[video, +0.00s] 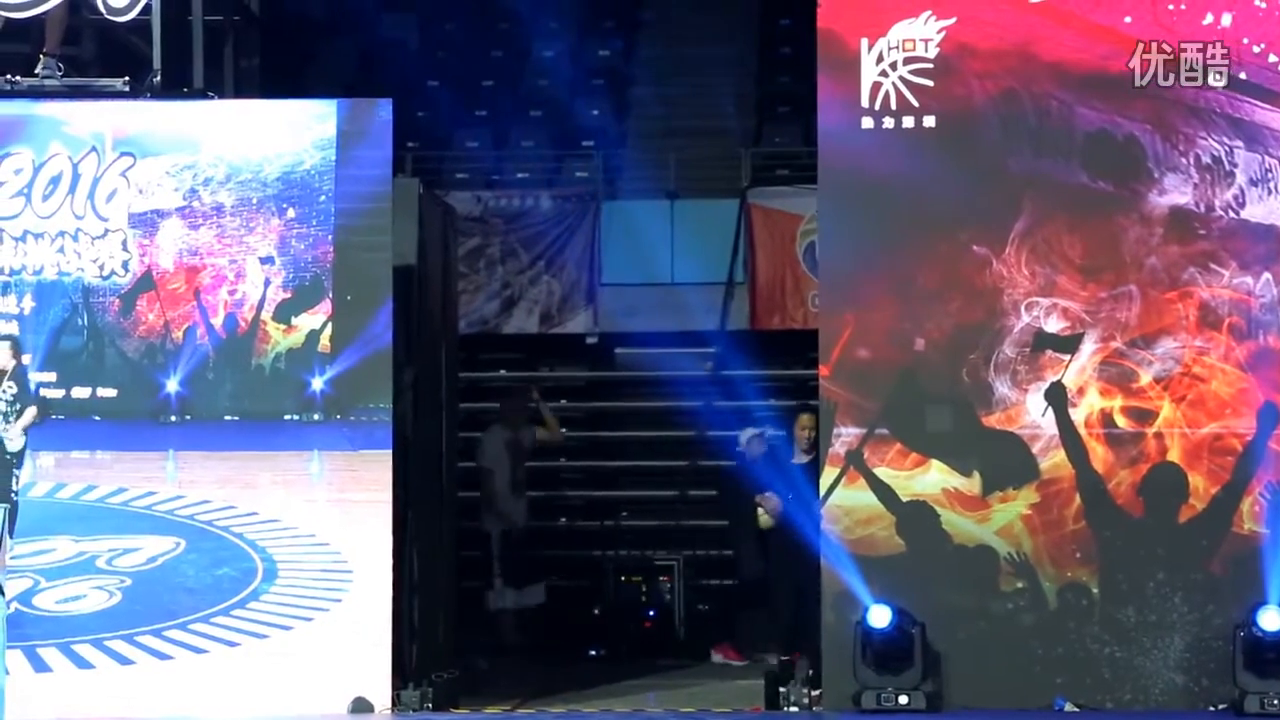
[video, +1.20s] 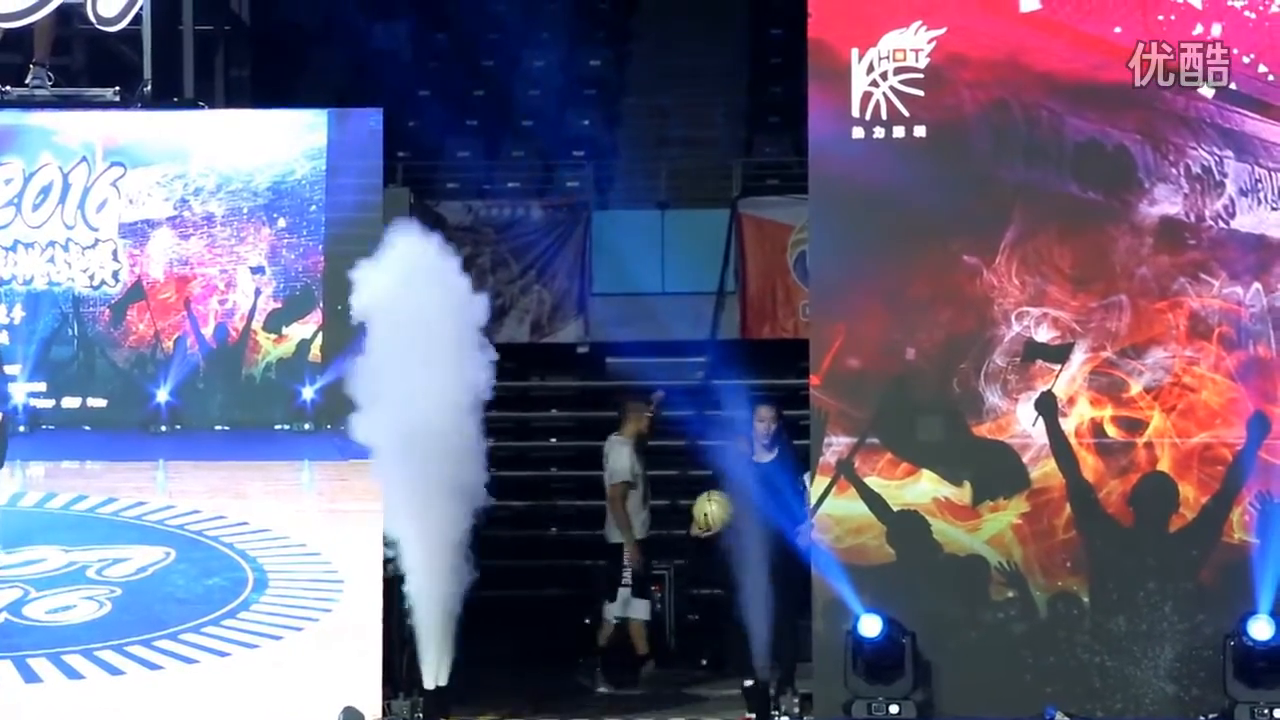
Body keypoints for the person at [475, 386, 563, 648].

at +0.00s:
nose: (521, 413)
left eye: (524, 407)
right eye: (516, 407)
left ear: (526, 410)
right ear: (505, 408)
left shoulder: (525, 433)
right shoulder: (494, 436)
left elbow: (555, 435)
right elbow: (488, 484)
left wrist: (540, 403)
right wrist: (506, 513)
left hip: (519, 514)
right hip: (497, 516)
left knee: (523, 576)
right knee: (501, 580)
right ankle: (505, 640)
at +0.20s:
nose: (550, 414)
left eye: (554, 409)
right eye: (546, 406)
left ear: (557, 414)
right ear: (534, 406)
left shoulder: (550, 439)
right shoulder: (518, 440)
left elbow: (581, 438)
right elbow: (511, 484)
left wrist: (564, 408)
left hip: (542, 522)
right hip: (517, 523)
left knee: (550, 583)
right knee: (512, 587)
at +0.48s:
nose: (585, 417)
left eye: (589, 413)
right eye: (580, 409)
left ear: (589, 418)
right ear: (564, 410)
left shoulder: (580, 443)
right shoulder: (545, 445)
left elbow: (616, 440)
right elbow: (543, 499)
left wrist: (601, 409)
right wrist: (546, 540)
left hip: (578, 533)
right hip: (553, 534)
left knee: (576, 600)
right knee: (549, 600)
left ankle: (575, 667)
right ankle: (537, 667)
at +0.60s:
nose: (597, 418)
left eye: (599, 413)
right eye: (591, 412)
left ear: (598, 416)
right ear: (576, 413)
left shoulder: (592, 444)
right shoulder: (558, 444)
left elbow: (627, 438)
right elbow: (546, 494)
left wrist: (617, 409)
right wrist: (547, 530)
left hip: (588, 530)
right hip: (562, 531)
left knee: (591, 596)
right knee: (568, 596)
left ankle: (590, 665)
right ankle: (567, 666)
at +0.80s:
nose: (615, 419)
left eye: (617, 414)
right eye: (610, 413)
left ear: (614, 418)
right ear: (595, 414)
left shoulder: (605, 444)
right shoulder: (578, 445)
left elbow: (640, 437)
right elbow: (564, 495)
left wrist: (632, 409)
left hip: (599, 533)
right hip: (582, 535)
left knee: (590, 600)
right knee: (610, 598)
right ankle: (605, 668)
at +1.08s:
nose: (640, 422)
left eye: (641, 417)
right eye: (636, 417)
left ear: (631, 419)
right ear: (620, 417)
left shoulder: (624, 444)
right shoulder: (607, 450)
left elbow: (651, 440)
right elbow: (600, 500)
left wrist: (648, 413)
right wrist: (606, 545)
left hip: (627, 540)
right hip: (617, 542)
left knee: (609, 608)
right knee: (632, 607)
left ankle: (600, 672)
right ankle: (647, 671)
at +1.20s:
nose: (649, 422)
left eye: (649, 417)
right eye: (646, 417)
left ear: (633, 418)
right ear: (633, 418)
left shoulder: (619, 443)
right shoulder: (622, 449)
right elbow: (616, 499)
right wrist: (630, 541)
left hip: (628, 538)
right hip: (623, 540)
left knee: (633, 605)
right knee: (620, 605)